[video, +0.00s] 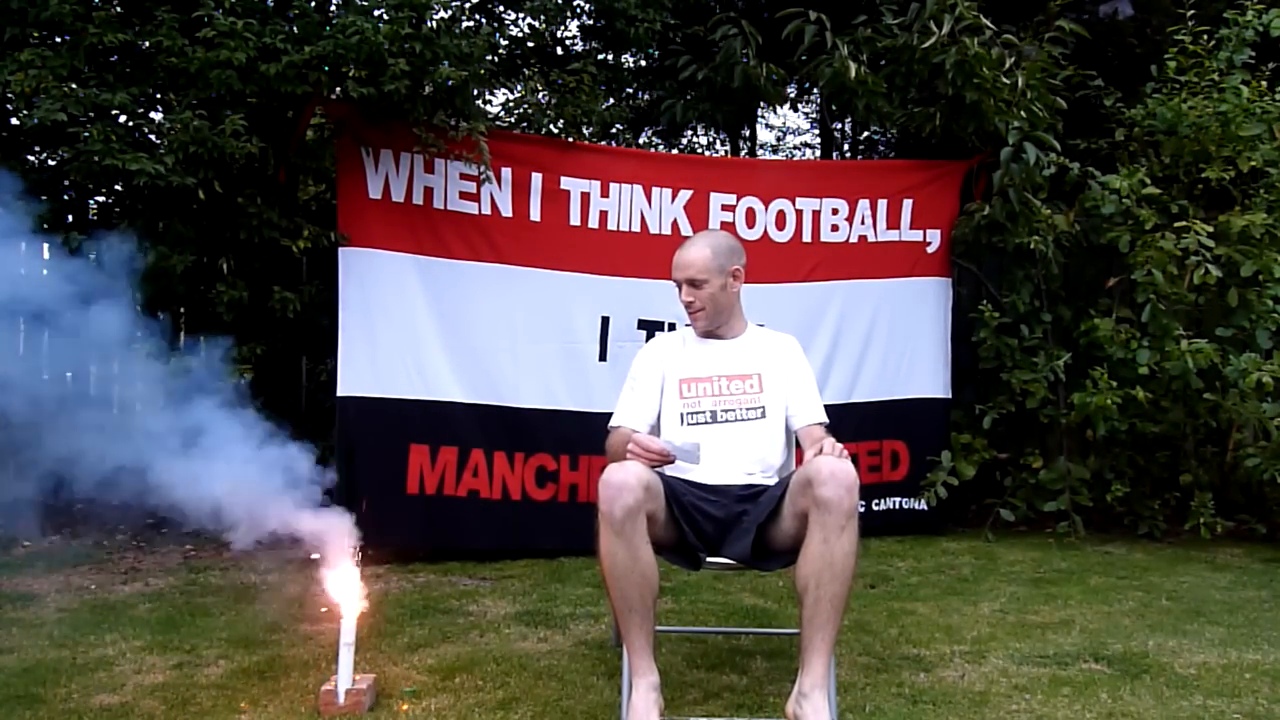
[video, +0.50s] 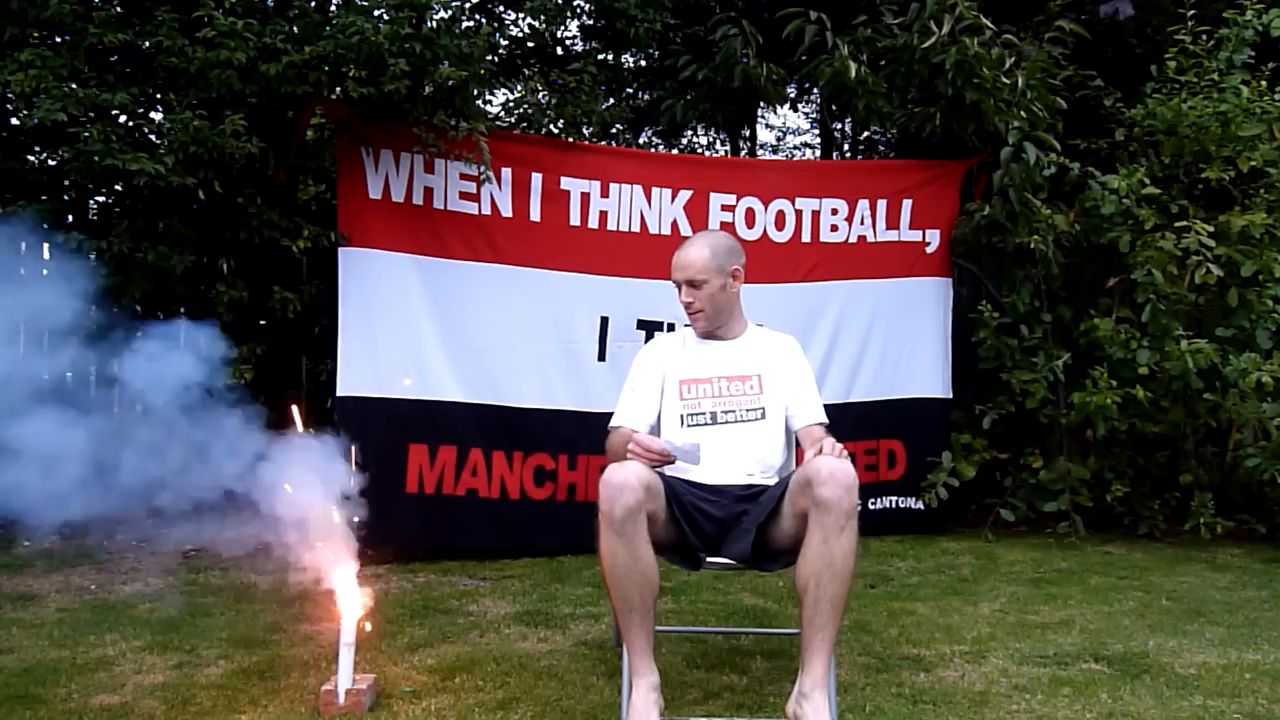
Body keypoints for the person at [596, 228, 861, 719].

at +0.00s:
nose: (685, 298)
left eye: (696, 284)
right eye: (679, 286)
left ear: (735, 279)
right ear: (674, 286)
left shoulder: (782, 350)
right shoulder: (659, 352)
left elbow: (812, 437)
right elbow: (616, 442)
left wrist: (824, 448)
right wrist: (635, 445)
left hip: (768, 504)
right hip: (680, 503)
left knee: (837, 477)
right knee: (617, 484)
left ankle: (812, 689)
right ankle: (643, 683)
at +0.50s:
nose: (685, 299)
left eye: (696, 285)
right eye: (679, 287)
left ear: (735, 279)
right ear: (674, 286)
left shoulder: (782, 350)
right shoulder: (659, 352)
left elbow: (812, 437)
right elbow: (616, 442)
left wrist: (823, 446)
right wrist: (635, 445)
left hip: (768, 505)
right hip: (680, 503)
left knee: (836, 477)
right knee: (617, 485)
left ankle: (812, 690)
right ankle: (642, 682)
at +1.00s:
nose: (711, 283)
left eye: (723, 270)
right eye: (699, 272)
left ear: (744, 276)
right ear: (684, 281)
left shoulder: (780, 350)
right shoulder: (657, 353)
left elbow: (811, 437)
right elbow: (614, 442)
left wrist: (825, 449)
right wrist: (634, 443)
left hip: (768, 502)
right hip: (680, 502)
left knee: (836, 477)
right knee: (620, 483)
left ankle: (813, 690)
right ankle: (642, 681)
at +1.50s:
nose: (716, 286)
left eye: (727, 274)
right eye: (703, 274)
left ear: (746, 278)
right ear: (687, 281)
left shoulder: (781, 349)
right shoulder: (656, 352)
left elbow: (811, 437)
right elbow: (614, 449)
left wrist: (823, 449)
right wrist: (635, 437)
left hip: (767, 504)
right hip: (678, 503)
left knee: (834, 478)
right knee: (617, 483)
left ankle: (812, 690)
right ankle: (642, 681)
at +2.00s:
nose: (721, 282)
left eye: (733, 270)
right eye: (709, 270)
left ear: (751, 277)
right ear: (691, 278)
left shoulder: (783, 349)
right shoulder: (658, 351)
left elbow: (813, 436)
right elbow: (621, 439)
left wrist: (825, 449)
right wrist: (622, 442)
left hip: (768, 504)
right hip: (679, 503)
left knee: (835, 480)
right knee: (620, 484)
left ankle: (811, 692)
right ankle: (642, 683)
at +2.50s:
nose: (725, 280)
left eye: (737, 269)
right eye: (713, 269)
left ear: (753, 277)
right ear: (693, 277)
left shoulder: (785, 348)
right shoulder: (660, 349)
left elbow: (814, 433)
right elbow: (623, 434)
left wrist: (824, 448)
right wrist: (623, 446)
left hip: (767, 502)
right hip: (680, 499)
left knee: (835, 494)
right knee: (619, 492)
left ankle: (806, 697)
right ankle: (645, 687)